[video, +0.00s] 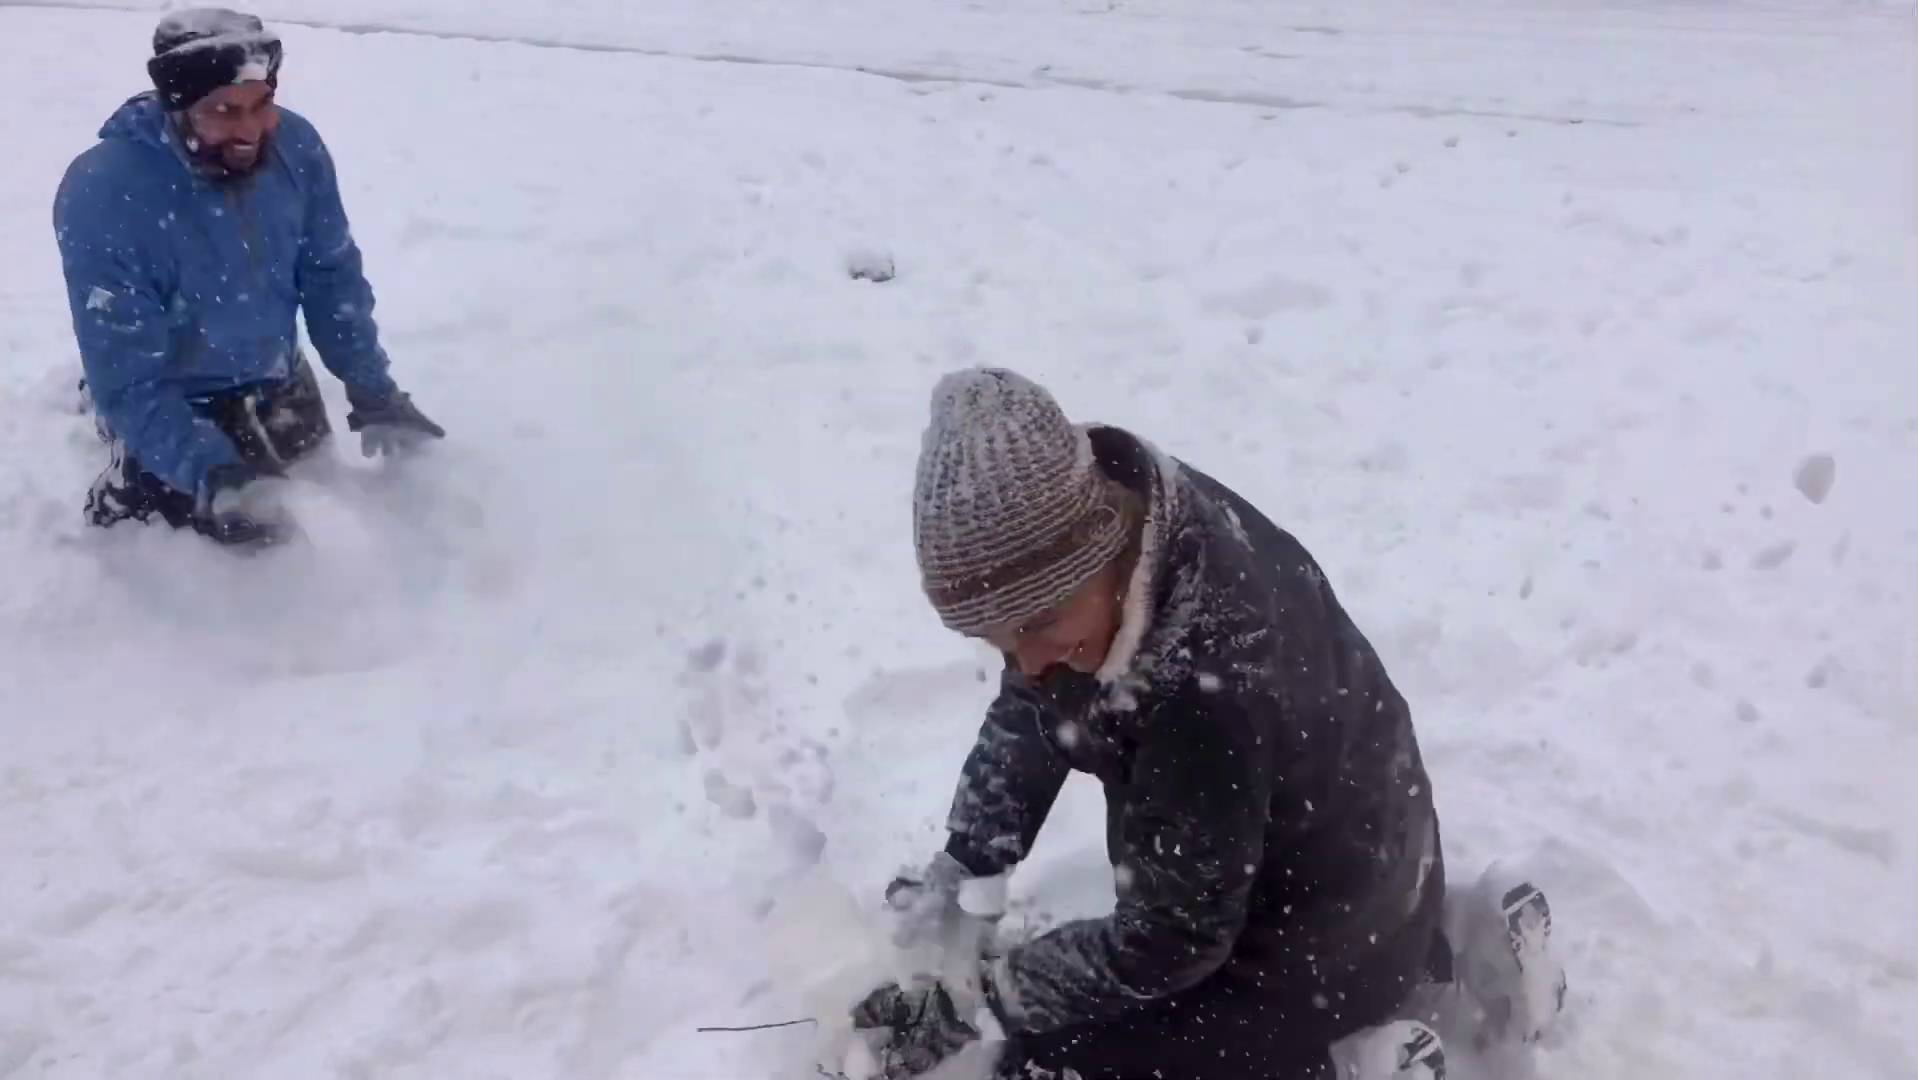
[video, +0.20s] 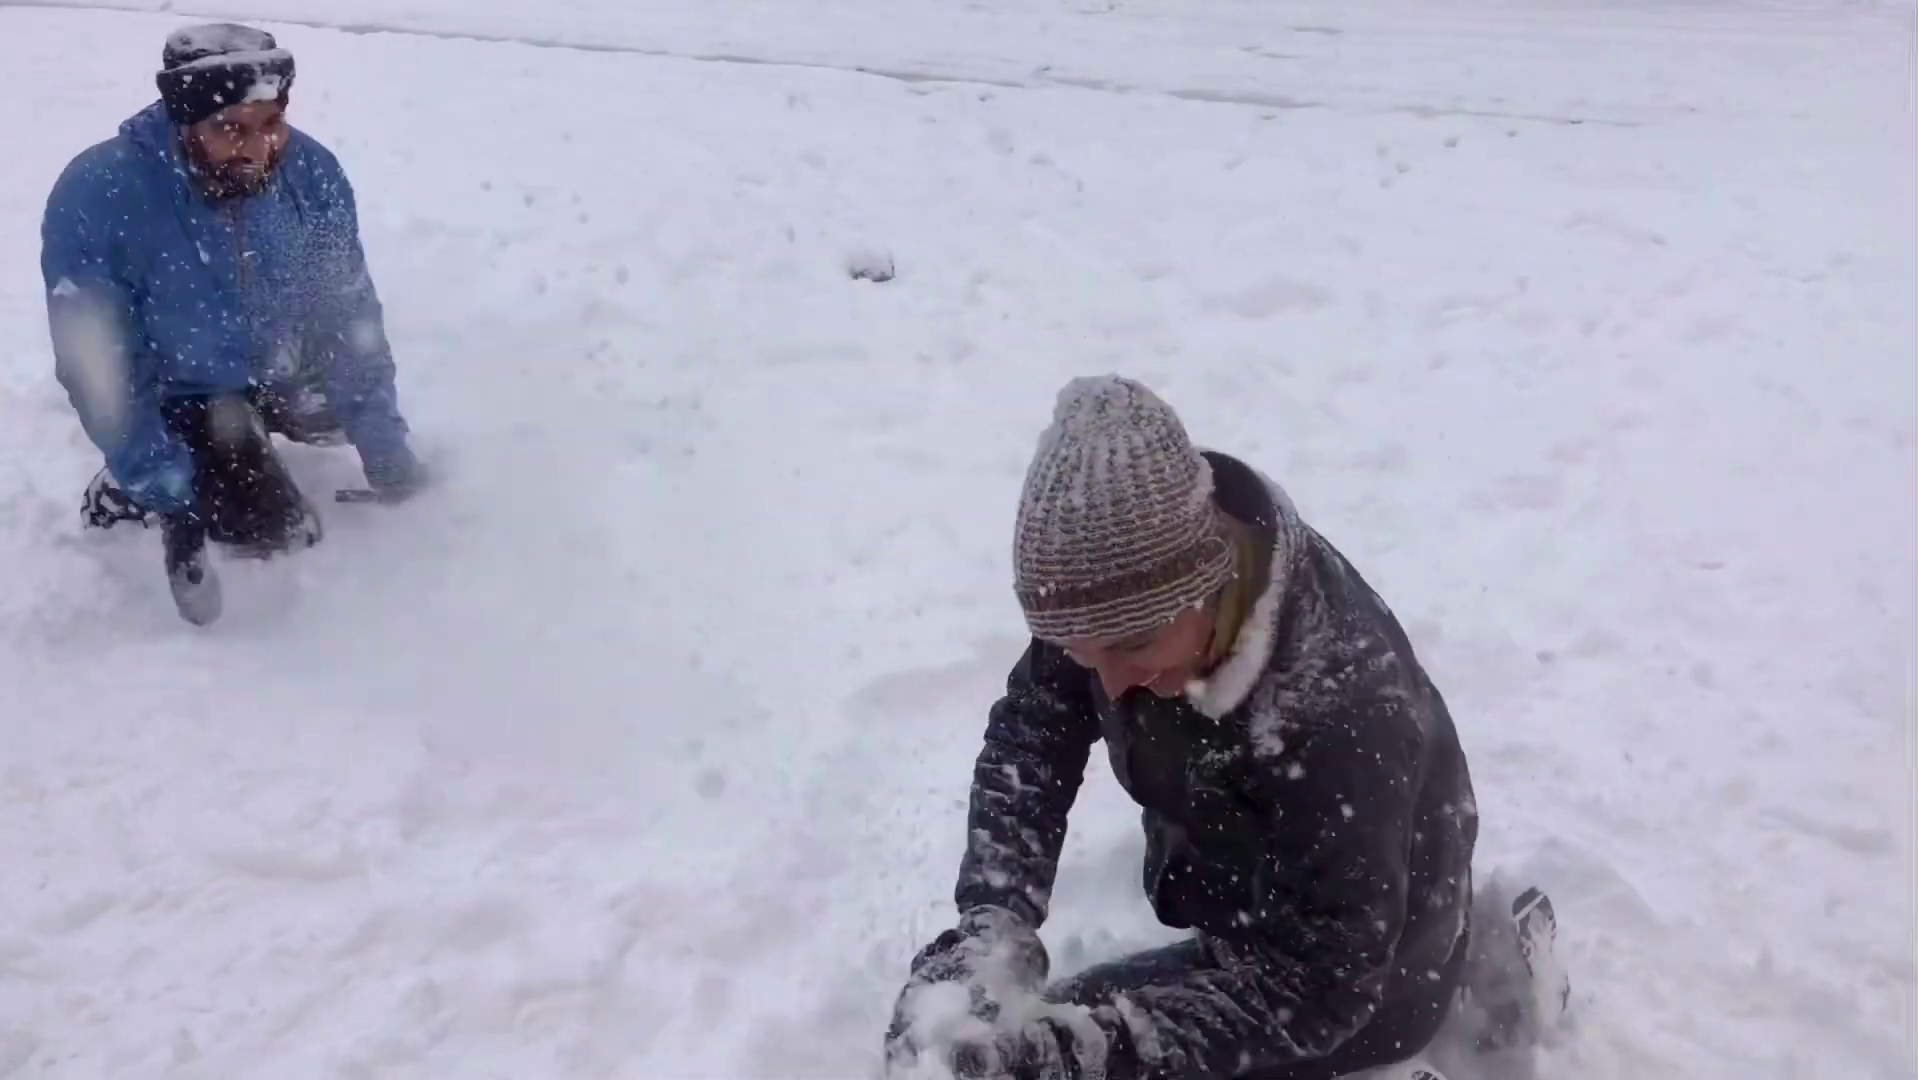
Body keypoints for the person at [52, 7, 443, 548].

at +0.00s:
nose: (249, 131)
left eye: (261, 106)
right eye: (225, 111)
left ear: (275, 94)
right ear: (180, 108)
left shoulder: (295, 148)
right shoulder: (104, 193)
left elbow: (333, 281)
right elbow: (127, 383)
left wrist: (376, 397)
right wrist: (218, 479)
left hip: (279, 377)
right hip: (176, 397)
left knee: (304, 453)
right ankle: (133, 491)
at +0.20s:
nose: (256, 148)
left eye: (269, 124)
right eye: (231, 129)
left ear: (285, 111)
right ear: (185, 123)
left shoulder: (311, 174)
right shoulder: (98, 194)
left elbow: (352, 320)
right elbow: (94, 367)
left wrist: (387, 453)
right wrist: (167, 495)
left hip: (281, 365)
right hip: (186, 397)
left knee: (341, 409)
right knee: (281, 528)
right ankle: (146, 490)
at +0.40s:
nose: (270, 151)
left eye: (282, 124)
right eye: (242, 133)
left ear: (293, 107)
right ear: (189, 127)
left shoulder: (318, 145)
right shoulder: (118, 210)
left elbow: (380, 285)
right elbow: (141, 381)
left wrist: (439, 424)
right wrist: (182, 504)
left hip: (303, 351)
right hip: (199, 388)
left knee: (428, 437)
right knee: (273, 528)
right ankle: (137, 470)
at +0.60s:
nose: (278, 151)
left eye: (286, 126)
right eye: (254, 140)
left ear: (292, 101)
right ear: (199, 129)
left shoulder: (324, 124)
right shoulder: (131, 211)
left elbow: (425, 240)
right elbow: (196, 390)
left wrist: (523, 364)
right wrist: (296, 532)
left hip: (350, 345)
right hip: (243, 394)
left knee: (458, 458)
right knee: (269, 531)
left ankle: (315, 414)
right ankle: (148, 474)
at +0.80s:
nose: (300, 134)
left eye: (305, 112)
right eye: (275, 125)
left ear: (310, 80)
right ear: (224, 116)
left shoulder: (359, 98)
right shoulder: (158, 196)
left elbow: (462, 176)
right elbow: (224, 364)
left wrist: (552, 262)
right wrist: (320, 483)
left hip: (414, 348)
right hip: (292, 392)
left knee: (514, 478)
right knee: (276, 538)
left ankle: (419, 449)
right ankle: (170, 472)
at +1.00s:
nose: (343, 120)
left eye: (357, 94)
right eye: (318, 104)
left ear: (371, 62)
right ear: (269, 86)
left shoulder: (427, 90)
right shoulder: (214, 176)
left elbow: (503, 164)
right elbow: (260, 359)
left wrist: (559, 231)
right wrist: (333, 519)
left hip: (469, 375)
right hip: (339, 405)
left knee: (583, 529)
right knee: (283, 542)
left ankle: (466, 445)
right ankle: (190, 476)